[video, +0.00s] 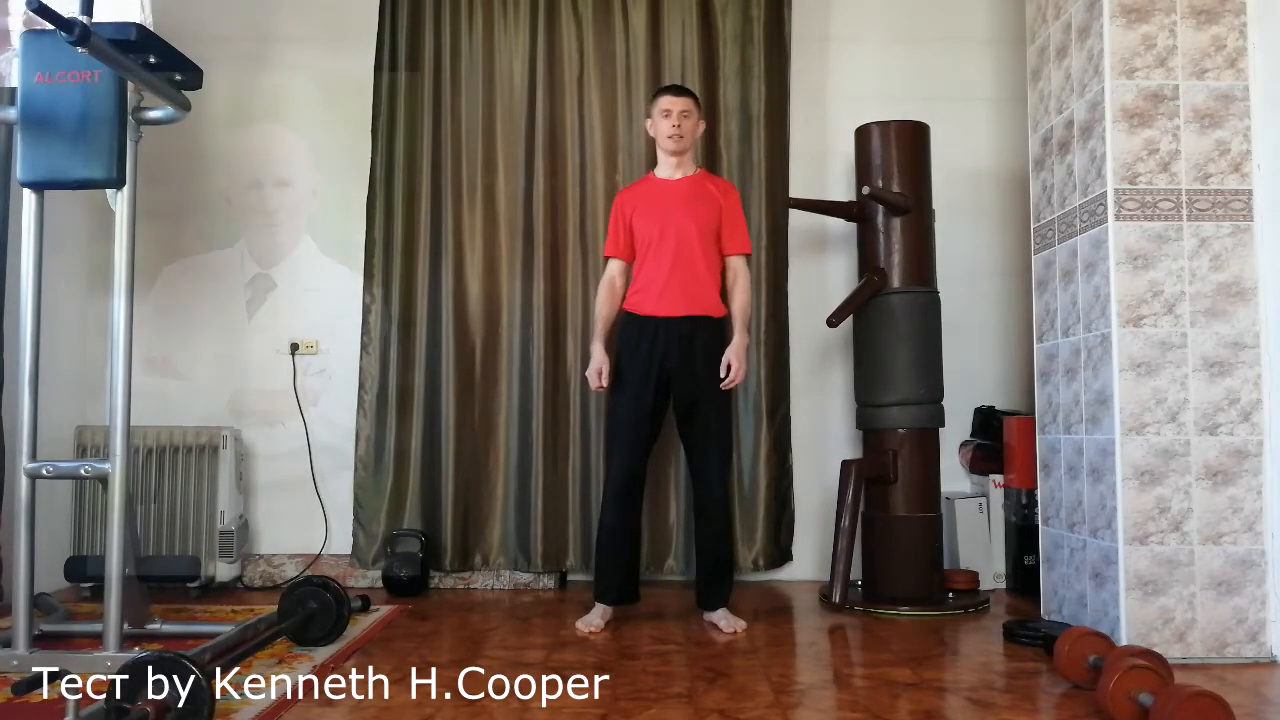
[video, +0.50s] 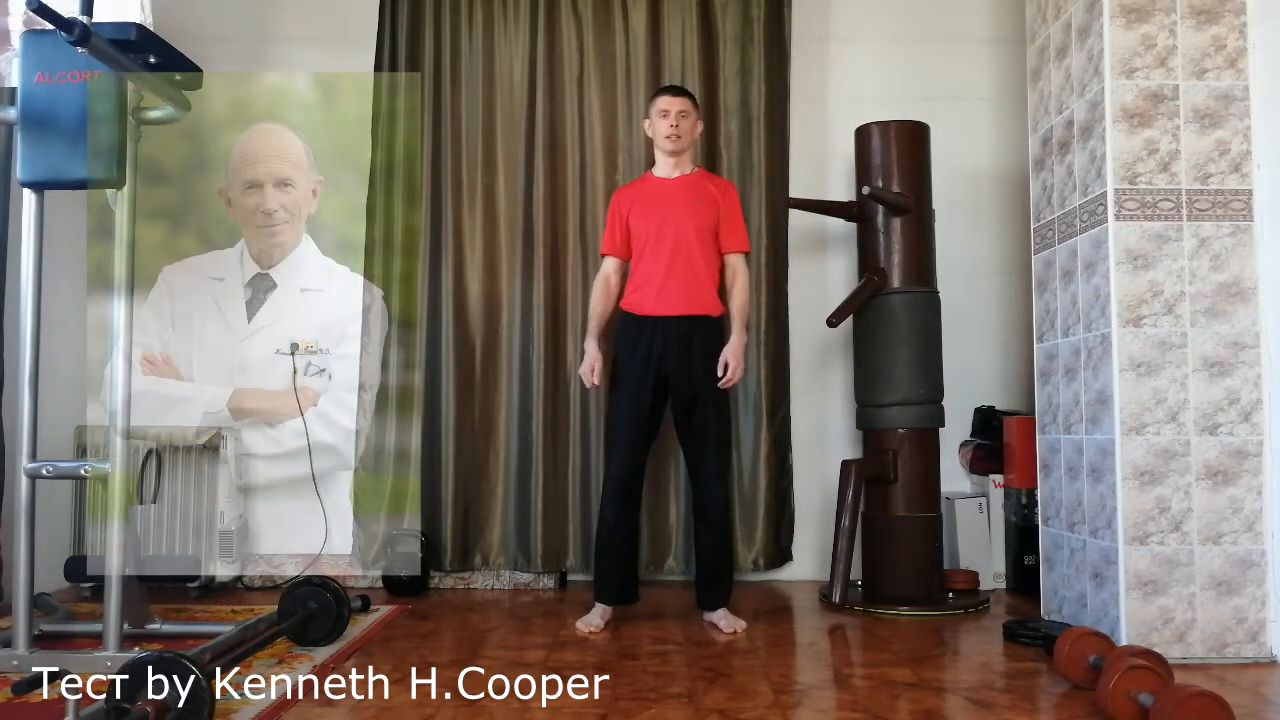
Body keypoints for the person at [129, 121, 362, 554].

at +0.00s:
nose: (268, 201)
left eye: (283, 185)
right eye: (254, 186)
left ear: (311, 194)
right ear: (231, 196)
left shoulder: (352, 296)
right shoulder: (180, 284)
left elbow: (365, 424)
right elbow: (135, 393)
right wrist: (233, 404)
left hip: (311, 534)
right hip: (188, 539)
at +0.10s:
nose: (268, 202)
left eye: (284, 185)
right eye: (252, 187)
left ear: (312, 194)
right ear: (227, 197)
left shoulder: (353, 297)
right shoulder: (179, 284)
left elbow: (358, 430)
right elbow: (128, 397)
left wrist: (183, 397)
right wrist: (234, 402)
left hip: (306, 536)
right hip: (186, 539)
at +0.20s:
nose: (268, 202)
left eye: (284, 185)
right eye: (252, 187)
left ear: (312, 195)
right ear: (227, 199)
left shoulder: (353, 298)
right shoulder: (177, 284)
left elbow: (345, 435)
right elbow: (123, 400)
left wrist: (186, 402)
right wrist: (243, 402)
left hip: (304, 539)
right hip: (186, 542)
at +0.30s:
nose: (269, 202)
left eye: (284, 185)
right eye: (253, 187)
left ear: (312, 195)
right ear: (228, 200)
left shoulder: (353, 298)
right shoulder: (177, 284)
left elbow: (344, 436)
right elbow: (125, 400)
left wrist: (190, 405)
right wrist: (244, 402)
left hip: (304, 540)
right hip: (186, 543)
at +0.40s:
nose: (268, 203)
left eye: (284, 185)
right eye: (252, 187)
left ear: (313, 195)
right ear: (227, 201)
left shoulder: (354, 299)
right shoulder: (178, 284)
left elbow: (343, 438)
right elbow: (121, 400)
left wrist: (187, 406)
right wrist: (252, 402)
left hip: (304, 545)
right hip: (184, 547)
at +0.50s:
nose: (269, 203)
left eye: (284, 185)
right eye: (252, 188)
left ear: (314, 194)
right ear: (227, 201)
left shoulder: (354, 300)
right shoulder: (177, 285)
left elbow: (343, 438)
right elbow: (122, 400)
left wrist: (192, 408)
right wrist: (249, 402)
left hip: (303, 547)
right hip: (183, 548)